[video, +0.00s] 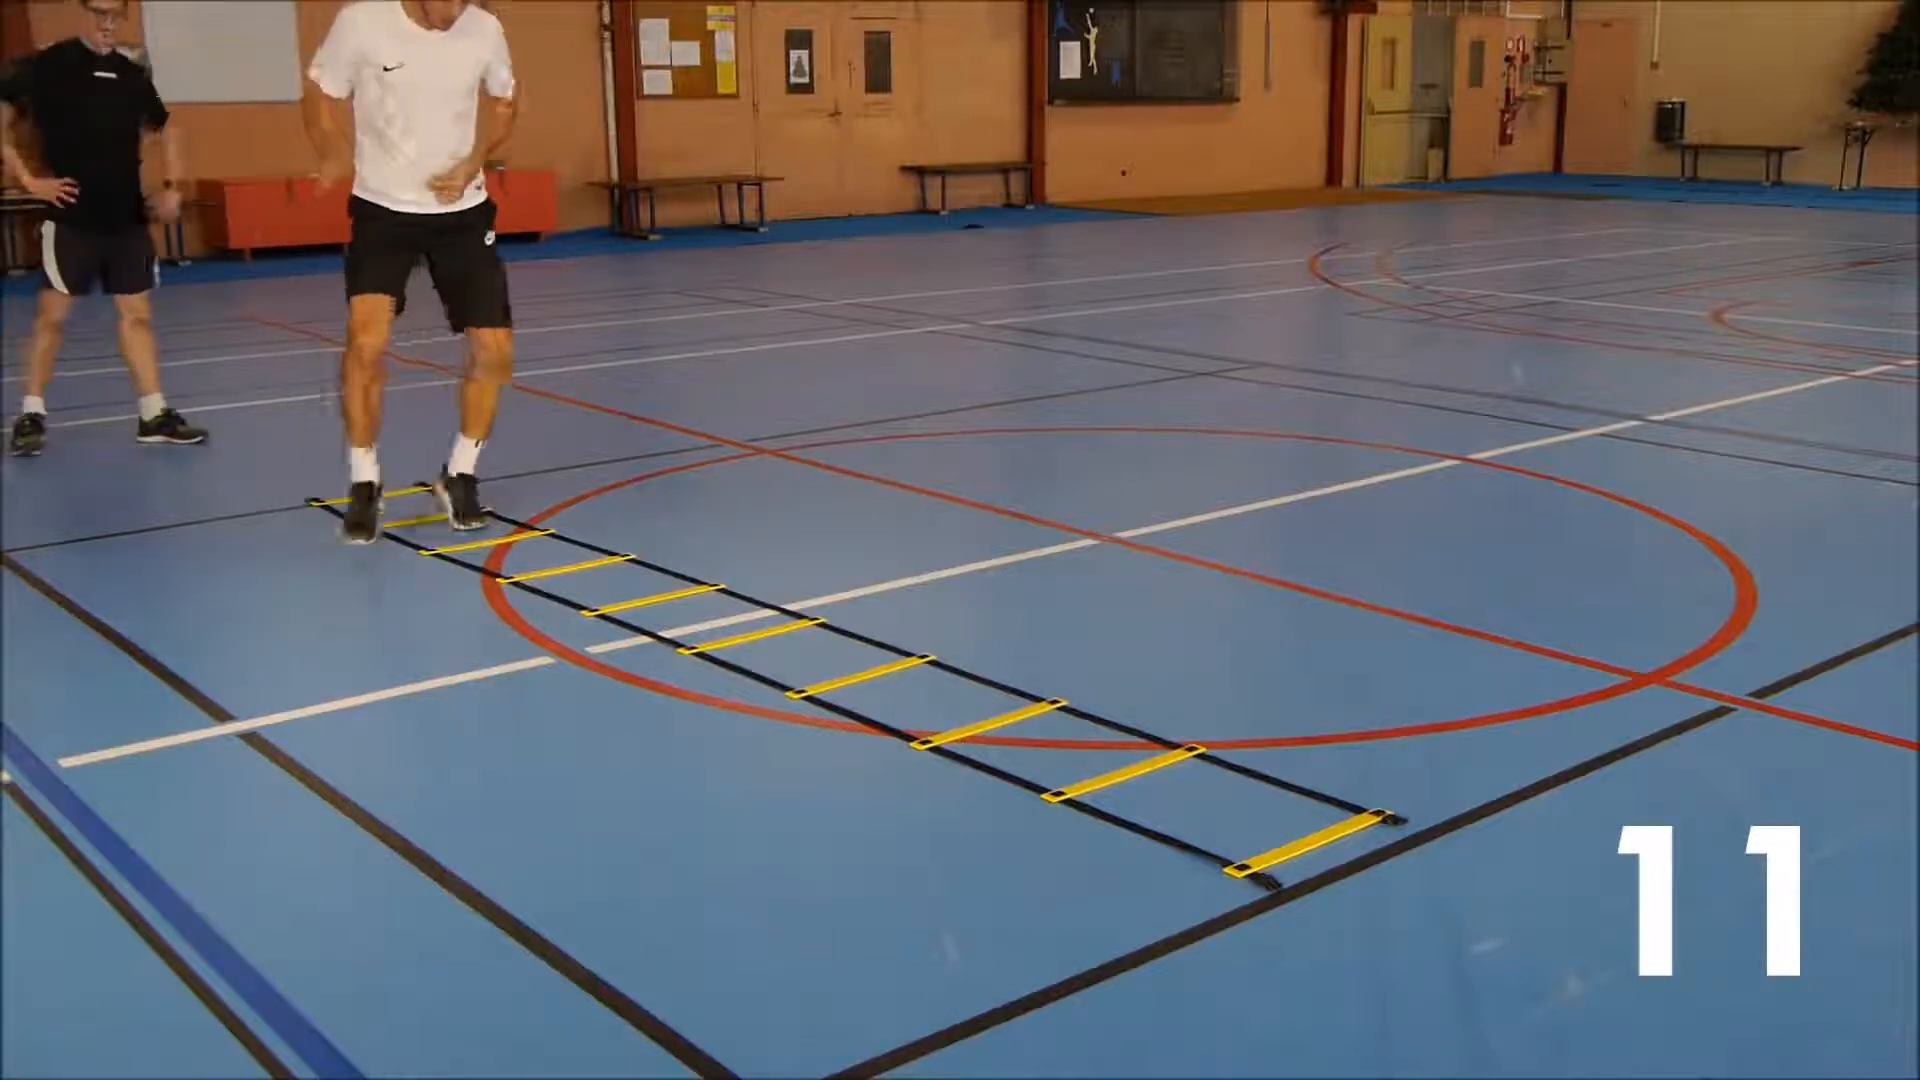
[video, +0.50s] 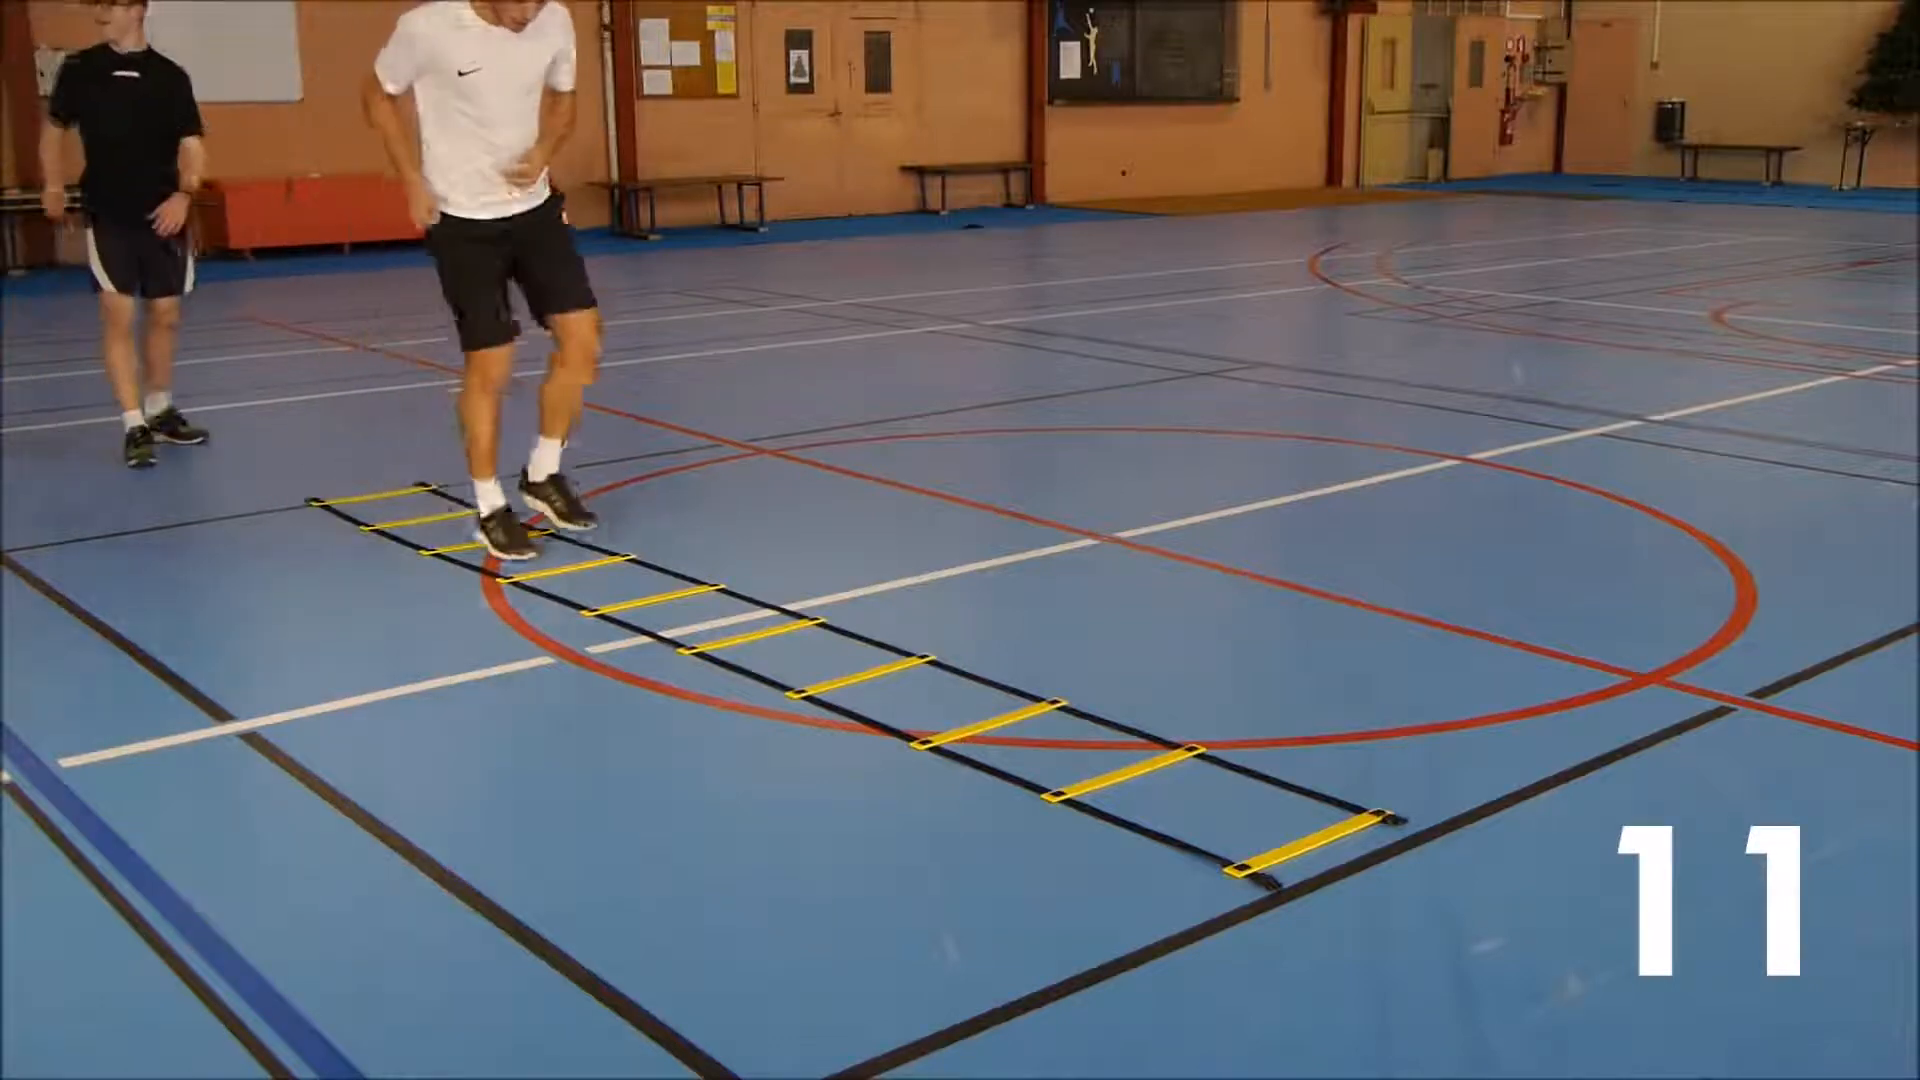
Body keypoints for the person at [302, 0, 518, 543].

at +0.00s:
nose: (452, 15)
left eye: (459, 8)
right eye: (445, 8)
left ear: (466, 1)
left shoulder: (484, 30)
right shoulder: (361, 22)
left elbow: (503, 103)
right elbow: (318, 88)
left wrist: (474, 163)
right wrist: (331, 155)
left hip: (463, 214)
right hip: (382, 212)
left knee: (495, 350)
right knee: (366, 345)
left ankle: (461, 473)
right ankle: (364, 481)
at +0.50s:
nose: (528, 16)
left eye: (535, 8)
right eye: (520, 8)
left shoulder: (554, 21)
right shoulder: (426, 27)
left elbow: (561, 98)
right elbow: (378, 92)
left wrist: (542, 152)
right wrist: (413, 182)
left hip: (536, 211)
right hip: (463, 220)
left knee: (581, 343)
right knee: (489, 364)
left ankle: (543, 475)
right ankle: (491, 508)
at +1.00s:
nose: (595, 16)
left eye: (603, 6)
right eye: (586, 5)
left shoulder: (629, 33)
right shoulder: (492, 25)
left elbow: (637, 117)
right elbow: (449, 104)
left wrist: (601, 171)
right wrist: (494, 162)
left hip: (598, 224)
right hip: (512, 223)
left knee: (646, 369)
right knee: (494, 370)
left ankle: (643, 510)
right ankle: (489, 498)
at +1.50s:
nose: (658, 16)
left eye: (663, 9)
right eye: (650, 9)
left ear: (666, 1)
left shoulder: (677, 25)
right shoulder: (548, 26)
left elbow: (676, 106)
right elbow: (492, 107)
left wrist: (656, 170)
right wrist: (574, 158)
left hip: (647, 234)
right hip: (565, 240)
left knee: (726, 359)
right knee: (545, 400)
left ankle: (656, 491)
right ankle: (489, 557)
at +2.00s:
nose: (721, 1)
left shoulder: (763, 14)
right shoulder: (613, 10)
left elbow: (767, 102)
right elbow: (568, 77)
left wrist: (726, 168)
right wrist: (614, 155)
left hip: (718, 226)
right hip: (633, 229)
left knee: (754, 383)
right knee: (654, 394)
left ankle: (696, 541)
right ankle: (651, 547)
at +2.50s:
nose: (822, 6)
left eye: (829, 3)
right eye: (813, 2)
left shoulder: (853, 24)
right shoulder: (698, 17)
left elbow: (854, 118)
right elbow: (654, 98)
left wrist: (818, 198)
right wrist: (708, 169)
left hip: (807, 242)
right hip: (714, 244)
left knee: (864, 405)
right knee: (744, 420)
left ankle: (835, 551)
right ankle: (767, 585)